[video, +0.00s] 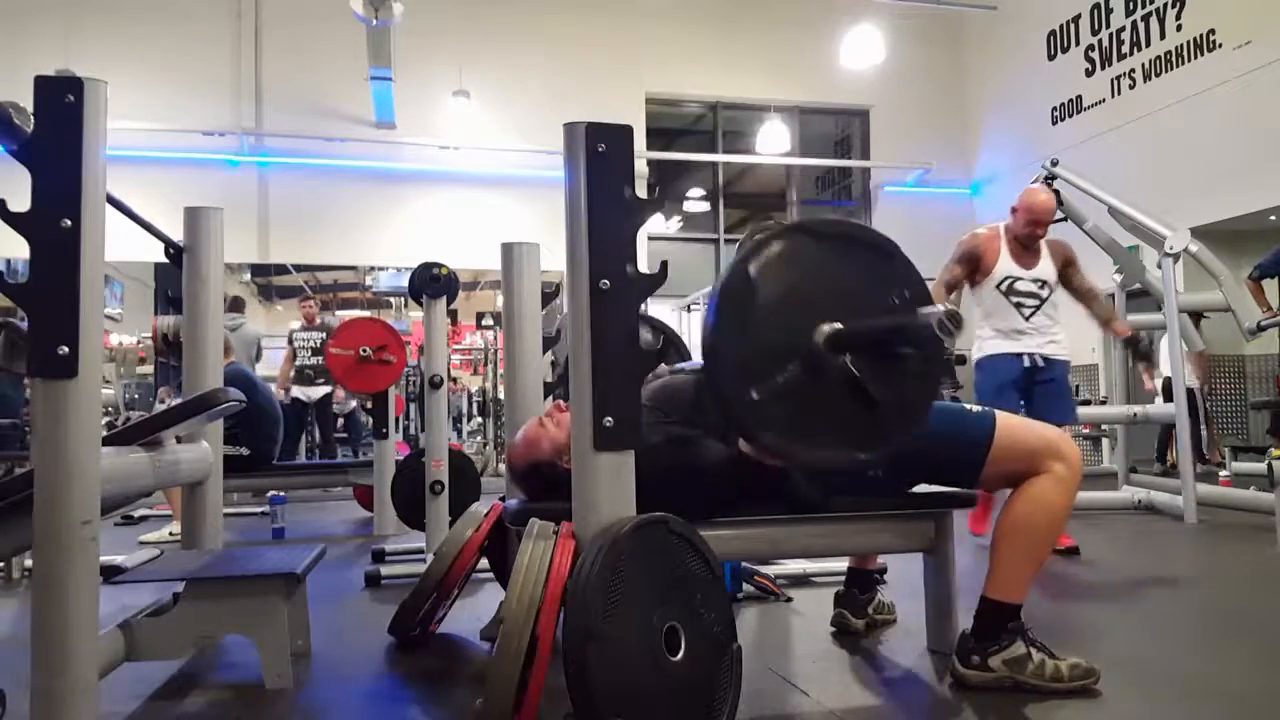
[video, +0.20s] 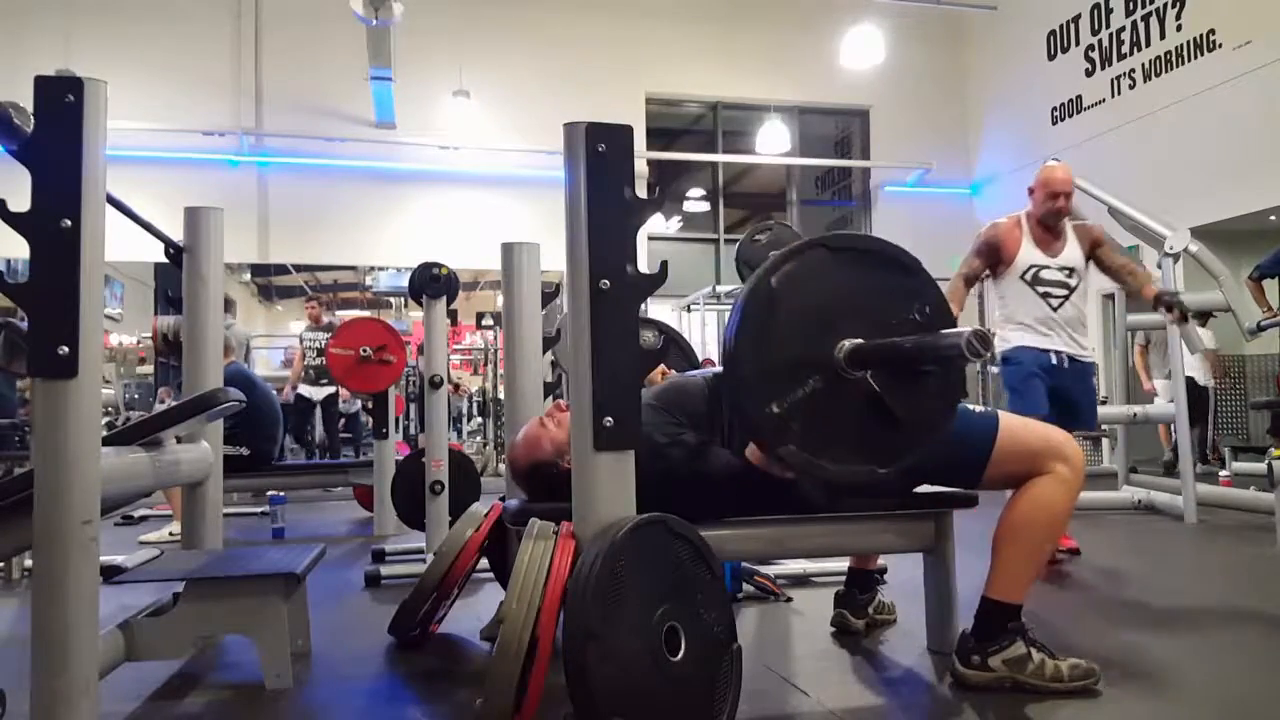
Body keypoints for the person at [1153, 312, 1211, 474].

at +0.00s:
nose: (1200, 326)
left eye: (1200, 322)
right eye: (1199, 322)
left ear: (1176, 321)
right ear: (1193, 322)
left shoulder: (1166, 337)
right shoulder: (1191, 335)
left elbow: (1163, 363)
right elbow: (1195, 359)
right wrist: (1203, 377)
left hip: (1167, 380)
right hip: (1188, 381)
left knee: (1166, 422)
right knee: (1196, 423)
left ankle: (1160, 461)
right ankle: (1200, 459)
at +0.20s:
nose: (1210, 321)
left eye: (1209, 318)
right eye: (1209, 318)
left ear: (1192, 317)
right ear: (1206, 319)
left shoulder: (1182, 332)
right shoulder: (1206, 333)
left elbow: (1177, 356)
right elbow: (1211, 356)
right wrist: (1218, 373)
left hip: (1184, 378)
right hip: (1203, 380)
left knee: (1184, 421)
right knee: (1205, 422)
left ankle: (1177, 457)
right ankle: (1203, 460)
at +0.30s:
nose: (1214, 319)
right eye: (1214, 316)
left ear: (1195, 315)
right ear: (1211, 317)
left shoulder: (1184, 331)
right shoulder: (1213, 333)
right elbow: (1222, 358)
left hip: (1185, 377)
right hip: (1206, 380)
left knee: (1186, 421)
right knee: (1205, 422)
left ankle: (1185, 460)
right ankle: (1203, 460)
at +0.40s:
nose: (1218, 319)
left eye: (1218, 316)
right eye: (1219, 317)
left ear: (1201, 315)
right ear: (1216, 317)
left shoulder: (1187, 332)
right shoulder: (1218, 334)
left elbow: (1182, 356)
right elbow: (1231, 354)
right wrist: (1243, 364)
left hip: (1189, 376)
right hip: (1208, 377)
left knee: (1202, 415)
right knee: (1209, 417)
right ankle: (1204, 457)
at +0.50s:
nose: (1225, 320)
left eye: (1224, 317)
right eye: (1225, 317)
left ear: (1208, 316)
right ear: (1223, 318)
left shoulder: (1196, 332)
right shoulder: (1225, 334)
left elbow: (1185, 353)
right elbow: (1239, 357)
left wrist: (1189, 368)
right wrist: (1244, 364)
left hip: (1194, 377)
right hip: (1214, 378)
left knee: (1206, 416)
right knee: (1212, 419)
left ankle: (1215, 453)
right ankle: (1203, 460)